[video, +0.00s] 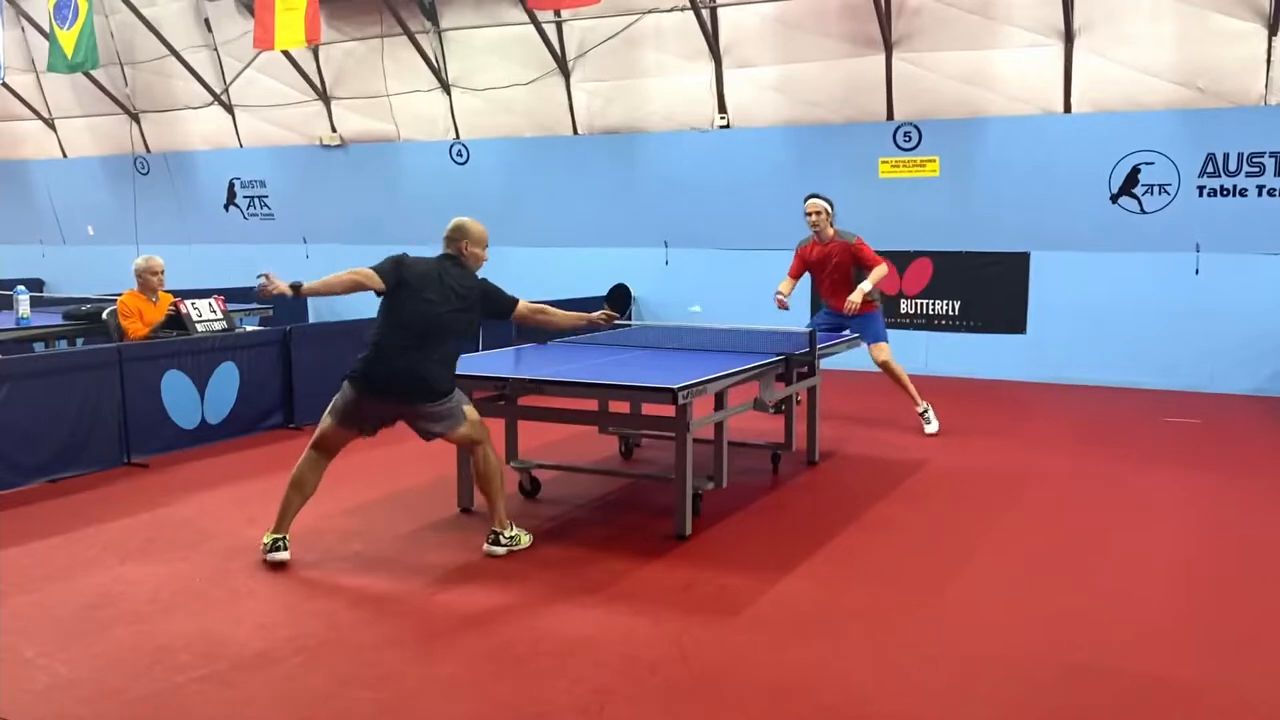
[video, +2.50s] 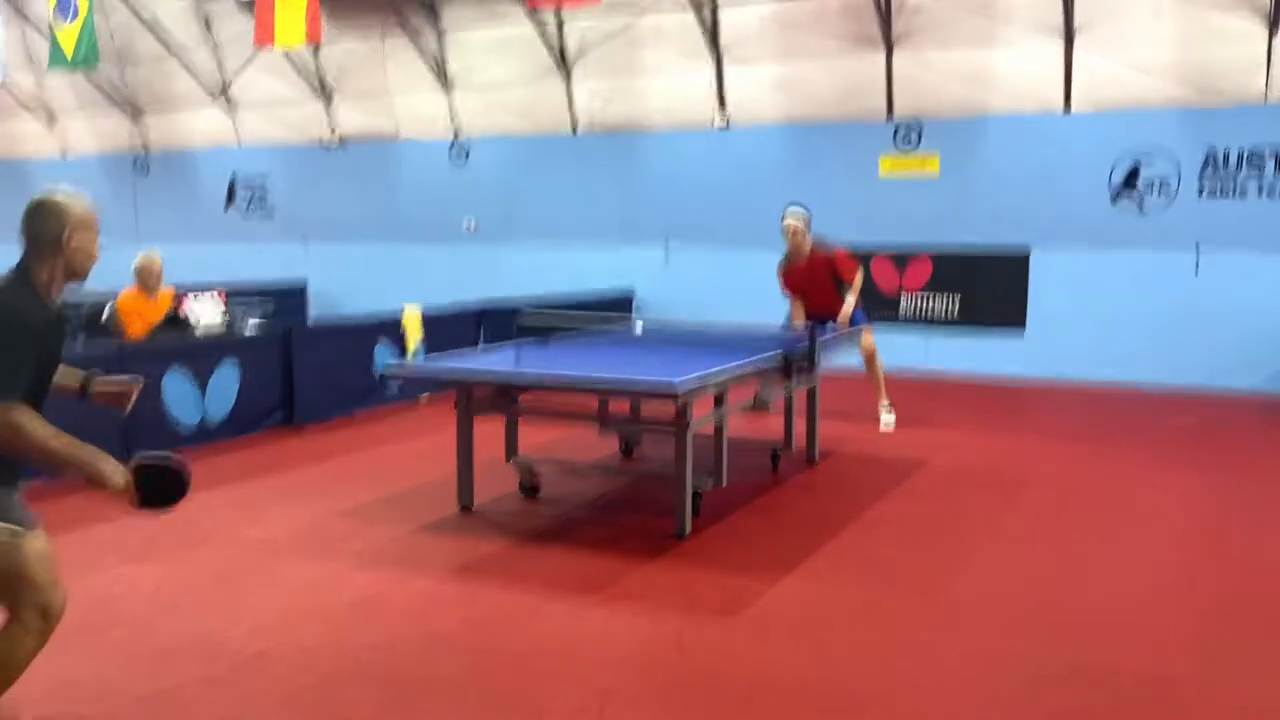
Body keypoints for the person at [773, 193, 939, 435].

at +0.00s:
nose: (813, 219)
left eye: (817, 213)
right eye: (808, 215)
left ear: (829, 215)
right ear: (805, 219)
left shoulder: (850, 243)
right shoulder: (805, 249)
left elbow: (882, 268)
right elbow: (791, 279)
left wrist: (861, 290)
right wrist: (782, 294)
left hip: (865, 311)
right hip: (831, 312)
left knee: (881, 358)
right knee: (797, 348)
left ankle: (922, 407)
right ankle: (791, 395)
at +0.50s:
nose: (884, 242)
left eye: (889, 238)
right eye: (879, 238)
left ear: (898, 241)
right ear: (873, 242)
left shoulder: (916, 266)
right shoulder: (866, 269)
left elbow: (934, 293)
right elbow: (858, 306)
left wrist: (924, 324)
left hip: (899, 324)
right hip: (865, 323)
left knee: (932, 350)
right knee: (824, 369)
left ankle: (938, 413)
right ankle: (795, 396)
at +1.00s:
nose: (814, 236)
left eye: (818, 230)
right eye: (809, 232)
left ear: (829, 231)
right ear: (806, 234)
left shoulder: (849, 255)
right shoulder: (803, 263)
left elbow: (872, 283)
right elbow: (780, 290)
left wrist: (851, 302)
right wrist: (785, 302)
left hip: (862, 318)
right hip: (827, 318)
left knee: (886, 356)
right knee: (791, 344)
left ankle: (917, 408)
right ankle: (784, 395)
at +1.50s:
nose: (771, 217)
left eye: (776, 212)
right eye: (767, 213)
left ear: (787, 214)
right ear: (764, 217)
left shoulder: (809, 237)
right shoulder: (760, 250)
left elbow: (842, 248)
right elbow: (749, 278)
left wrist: (854, 279)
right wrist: (740, 299)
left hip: (824, 303)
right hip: (789, 308)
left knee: (859, 342)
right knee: (763, 344)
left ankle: (896, 390)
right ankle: (771, 393)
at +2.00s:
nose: (779, 244)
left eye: (783, 238)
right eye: (775, 240)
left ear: (795, 237)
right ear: (773, 243)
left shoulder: (819, 259)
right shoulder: (776, 270)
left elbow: (849, 282)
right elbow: (754, 301)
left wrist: (831, 308)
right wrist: (763, 301)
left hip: (837, 319)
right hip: (802, 323)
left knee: (867, 359)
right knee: (764, 345)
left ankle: (901, 407)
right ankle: (763, 399)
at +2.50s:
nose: (793, 238)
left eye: (797, 232)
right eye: (789, 233)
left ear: (807, 233)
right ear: (784, 236)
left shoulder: (830, 254)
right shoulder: (787, 267)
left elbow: (857, 273)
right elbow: (796, 299)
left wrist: (847, 310)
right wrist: (797, 328)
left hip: (844, 312)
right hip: (812, 317)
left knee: (868, 347)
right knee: (781, 349)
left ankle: (884, 403)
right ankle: (763, 398)